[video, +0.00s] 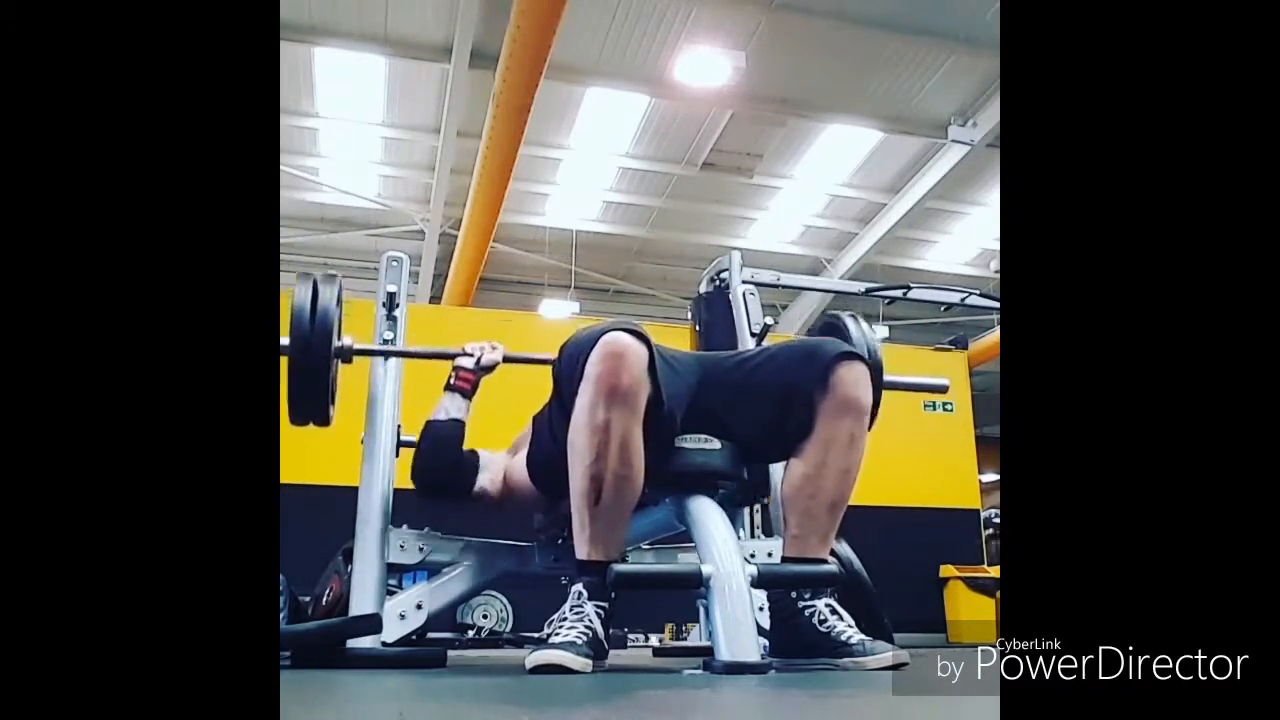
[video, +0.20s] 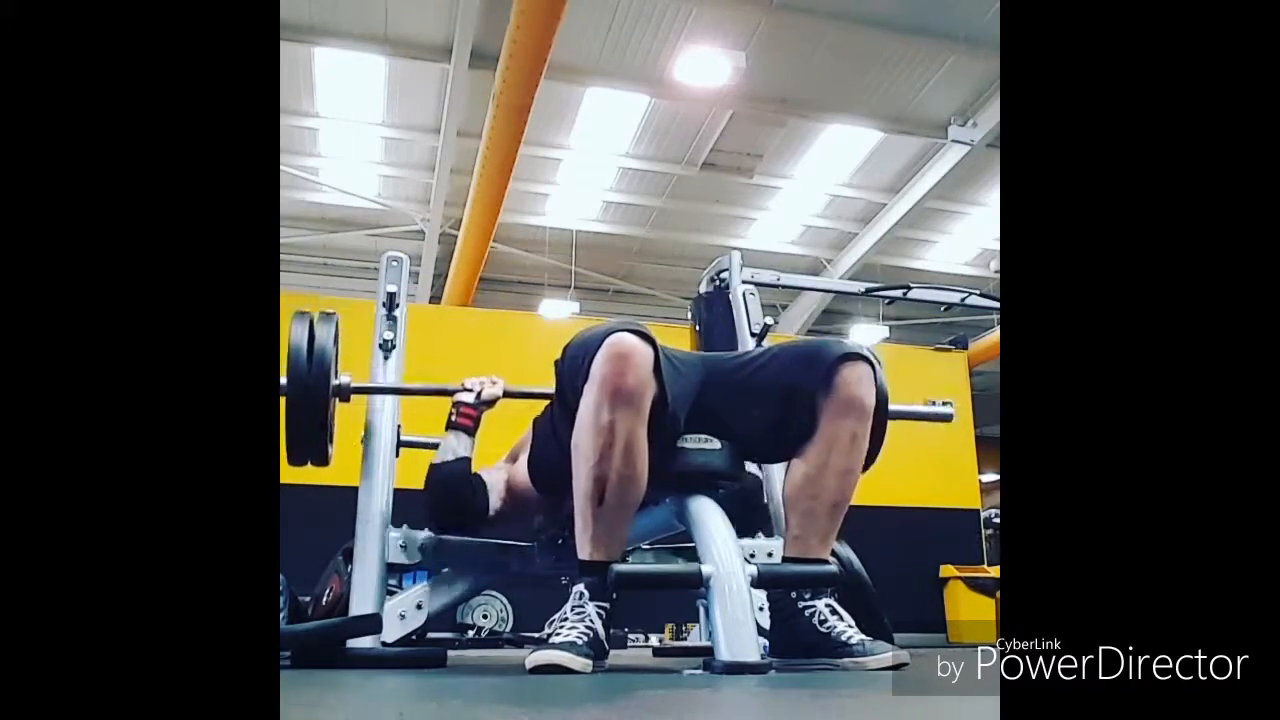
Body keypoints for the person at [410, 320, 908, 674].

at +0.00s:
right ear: (487, 484)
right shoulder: (514, 473)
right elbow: (434, 473)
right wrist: (461, 384)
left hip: (707, 375)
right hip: (633, 359)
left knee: (848, 376)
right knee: (618, 357)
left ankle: (800, 605)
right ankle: (586, 604)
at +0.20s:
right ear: (499, 509)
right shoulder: (518, 483)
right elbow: (448, 506)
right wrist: (464, 416)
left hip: (704, 375)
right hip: (625, 357)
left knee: (851, 376)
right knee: (623, 358)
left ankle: (801, 607)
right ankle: (588, 607)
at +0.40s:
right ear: (499, 477)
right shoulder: (514, 476)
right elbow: (440, 459)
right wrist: (465, 366)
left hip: (709, 372)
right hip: (622, 354)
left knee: (848, 376)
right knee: (622, 359)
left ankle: (801, 607)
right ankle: (588, 604)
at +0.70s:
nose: (496, 445)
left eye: (496, 446)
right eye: (492, 451)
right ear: (498, 466)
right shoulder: (522, 475)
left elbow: (735, 394)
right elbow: (455, 396)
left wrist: (720, 328)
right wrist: (468, 300)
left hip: (707, 384)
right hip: (631, 366)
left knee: (851, 377)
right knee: (628, 355)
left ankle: (800, 606)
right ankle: (586, 605)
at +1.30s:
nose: (494, 475)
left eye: (491, 471)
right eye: (488, 481)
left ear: (510, 459)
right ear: (498, 492)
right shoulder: (517, 463)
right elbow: (432, 434)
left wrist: (715, 352)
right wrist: (464, 343)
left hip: (703, 383)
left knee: (841, 376)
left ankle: (799, 606)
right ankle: (587, 605)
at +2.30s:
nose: (493, 429)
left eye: (495, 429)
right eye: (486, 436)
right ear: (498, 465)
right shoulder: (519, 469)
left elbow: (725, 382)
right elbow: (466, 373)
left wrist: (709, 310)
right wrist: (464, 280)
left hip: (683, 379)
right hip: (608, 361)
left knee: (844, 373)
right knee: (622, 353)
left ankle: (797, 607)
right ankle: (587, 606)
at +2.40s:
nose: (492, 434)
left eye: (492, 435)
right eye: (487, 437)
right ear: (499, 459)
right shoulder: (523, 468)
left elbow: (719, 377)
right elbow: (474, 370)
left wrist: (709, 302)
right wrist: (464, 276)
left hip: (685, 381)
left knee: (842, 373)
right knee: (618, 351)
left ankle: (797, 604)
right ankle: (587, 606)